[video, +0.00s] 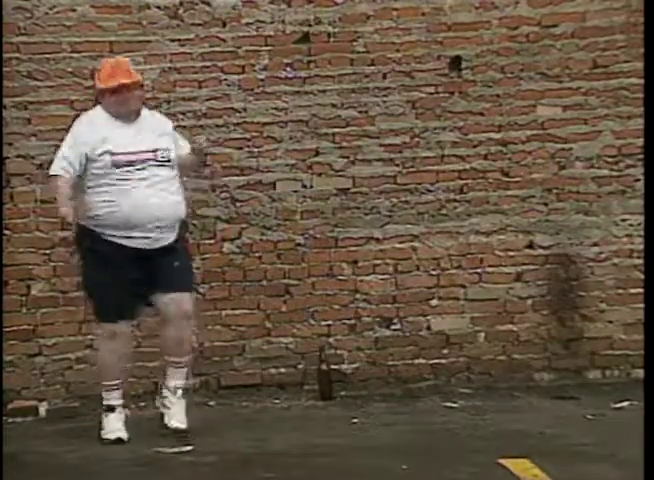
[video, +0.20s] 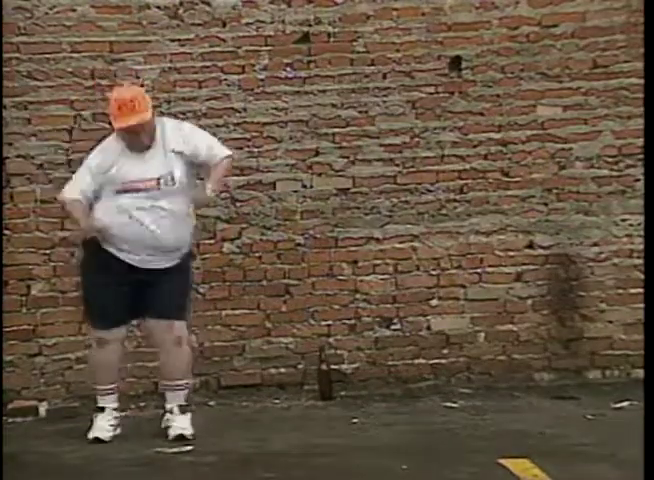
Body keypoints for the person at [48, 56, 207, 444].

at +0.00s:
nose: (133, 94)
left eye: (135, 88)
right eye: (124, 90)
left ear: (141, 89)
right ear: (105, 97)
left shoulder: (157, 122)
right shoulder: (88, 127)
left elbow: (181, 160)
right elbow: (64, 173)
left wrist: (200, 161)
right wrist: (65, 207)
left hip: (165, 241)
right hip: (108, 243)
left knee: (181, 309)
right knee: (115, 327)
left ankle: (174, 392)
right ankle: (113, 409)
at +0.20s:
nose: (137, 132)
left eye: (141, 124)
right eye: (128, 127)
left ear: (152, 114)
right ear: (116, 124)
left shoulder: (178, 135)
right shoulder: (107, 152)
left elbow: (222, 158)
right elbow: (70, 194)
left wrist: (211, 186)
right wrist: (86, 221)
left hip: (169, 260)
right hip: (111, 258)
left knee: (173, 334)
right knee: (105, 336)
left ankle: (178, 412)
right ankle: (107, 412)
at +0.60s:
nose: (135, 132)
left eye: (143, 126)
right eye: (129, 125)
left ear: (158, 118)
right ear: (119, 117)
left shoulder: (184, 144)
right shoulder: (108, 134)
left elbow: (218, 189)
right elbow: (77, 173)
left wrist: (215, 224)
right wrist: (78, 173)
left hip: (173, 246)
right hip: (121, 251)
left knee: (174, 332)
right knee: (111, 330)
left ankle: (197, 411)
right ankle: (115, 412)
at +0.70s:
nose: (130, 135)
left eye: (137, 128)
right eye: (124, 128)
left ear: (154, 117)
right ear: (117, 122)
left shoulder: (180, 146)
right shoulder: (112, 150)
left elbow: (210, 186)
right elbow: (77, 184)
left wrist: (196, 200)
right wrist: (37, 187)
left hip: (172, 254)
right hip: (119, 259)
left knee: (171, 336)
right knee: (99, 329)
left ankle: (195, 413)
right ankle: (112, 412)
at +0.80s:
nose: (114, 120)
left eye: (119, 111)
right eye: (110, 114)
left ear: (140, 101)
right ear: (111, 113)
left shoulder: (171, 127)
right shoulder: (114, 142)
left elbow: (197, 163)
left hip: (172, 250)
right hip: (118, 254)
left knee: (173, 335)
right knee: (99, 328)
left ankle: (195, 412)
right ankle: (108, 404)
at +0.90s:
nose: (100, 107)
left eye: (102, 99)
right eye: (97, 102)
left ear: (124, 88)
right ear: (106, 98)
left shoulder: (161, 110)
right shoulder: (106, 131)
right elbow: (93, 182)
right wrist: (69, 220)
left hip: (169, 240)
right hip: (114, 242)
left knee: (174, 326)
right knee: (109, 319)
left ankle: (192, 407)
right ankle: (112, 400)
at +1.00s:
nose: (95, 109)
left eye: (99, 100)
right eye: (93, 104)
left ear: (121, 94)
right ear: (97, 105)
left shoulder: (150, 113)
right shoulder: (102, 134)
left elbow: (141, 139)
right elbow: (89, 179)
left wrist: (98, 149)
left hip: (168, 240)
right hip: (114, 241)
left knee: (173, 322)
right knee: (122, 322)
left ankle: (181, 406)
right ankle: (127, 405)